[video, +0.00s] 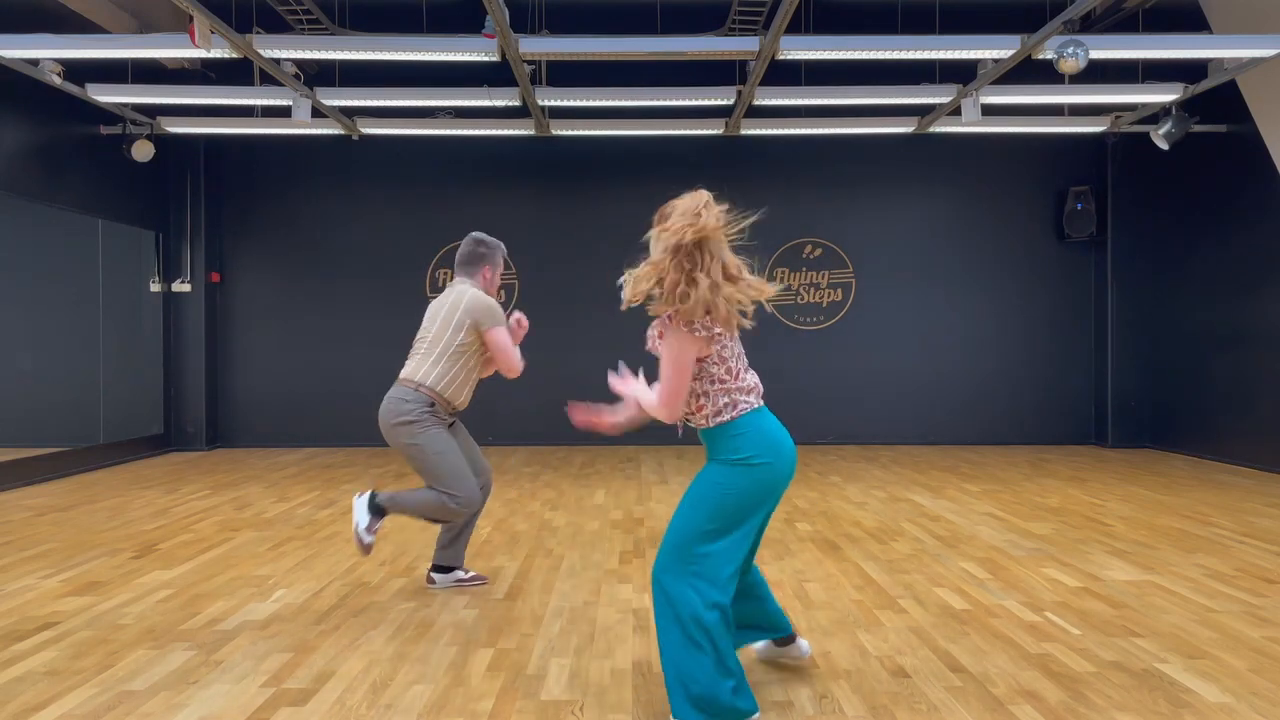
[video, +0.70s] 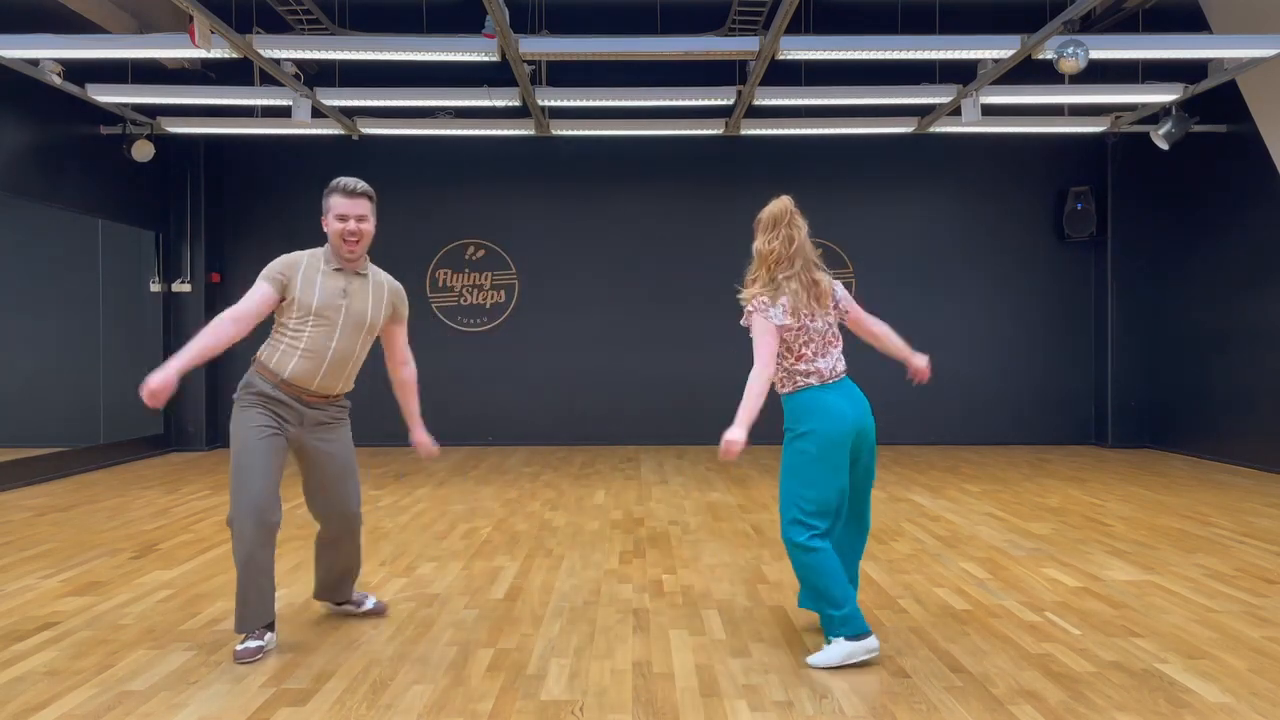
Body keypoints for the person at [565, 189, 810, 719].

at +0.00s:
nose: (656, 258)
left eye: (659, 249)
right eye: (659, 249)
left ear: (665, 257)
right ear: (713, 253)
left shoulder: (685, 321)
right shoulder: (709, 308)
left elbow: (668, 410)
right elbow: (672, 389)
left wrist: (636, 391)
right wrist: (621, 418)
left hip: (743, 456)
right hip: (765, 446)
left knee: (677, 572)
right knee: (726, 553)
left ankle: (716, 706)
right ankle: (781, 637)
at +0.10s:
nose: (664, 271)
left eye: (668, 261)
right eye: (668, 260)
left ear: (677, 269)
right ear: (721, 264)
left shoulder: (698, 326)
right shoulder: (732, 314)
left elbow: (713, 413)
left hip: (749, 454)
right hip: (779, 443)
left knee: (687, 565)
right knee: (753, 540)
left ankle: (719, 698)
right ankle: (797, 621)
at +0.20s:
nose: (685, 252)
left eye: (688, 242)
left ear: (690, 246)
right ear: (736, 243)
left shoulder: (706, 302)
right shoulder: (754, 287)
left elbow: (726, 372)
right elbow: (813, 319)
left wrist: (699, 413)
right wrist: (840, 318)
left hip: (761, 442)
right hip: (793, 433)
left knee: (722, 558)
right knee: (782, 533)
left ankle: (727, 689)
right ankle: (811, 617)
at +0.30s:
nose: (699, 268)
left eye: (700, 259)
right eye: (702, 261)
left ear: (709, 258)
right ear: (754, 247)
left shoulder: (739, 297)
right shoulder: (779, 274)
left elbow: (742, 325)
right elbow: (826, 258)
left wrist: (713, 325)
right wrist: (866, 229)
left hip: (781, 434)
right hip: (803, 425)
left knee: (756, 543)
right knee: (793, 535)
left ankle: (738, 673)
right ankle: (827, 618)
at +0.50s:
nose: (738, 248)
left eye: (740, 240)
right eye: (746, 240)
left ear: (745, 244)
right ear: (785, 239)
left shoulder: (764, 289)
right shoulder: (808, 273)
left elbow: (762, 327)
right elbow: (859, 257)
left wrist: (721, 324)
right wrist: (903, 225)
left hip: (809, 422)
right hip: (837, 414)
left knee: (788, 530)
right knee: (828, 522)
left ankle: (788, 652)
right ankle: (830, 613)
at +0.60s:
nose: (748, 247)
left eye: (749, 240)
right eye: (753, 238)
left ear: (755, 243)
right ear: (794, 240)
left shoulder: (765, 294)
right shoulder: (818, 279)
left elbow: (763, 346)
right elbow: (873, 284)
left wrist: (724, 368)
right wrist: (926, 274)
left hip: (814, 419)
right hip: (848, 410)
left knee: (794, 529)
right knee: (838, 523)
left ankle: (817, 648)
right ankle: (837, 616)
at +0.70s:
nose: (760, 246)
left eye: (760, 239)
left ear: (763, 243)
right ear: (804, 240)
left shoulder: (764, 299)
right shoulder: (826, 284)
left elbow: (764, 366)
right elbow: (868, 326)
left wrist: (740, 425)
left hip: (812, 415)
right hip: (853, 405)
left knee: (801, 527)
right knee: (848, 514)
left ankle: (852, 634)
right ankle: (838, 602)